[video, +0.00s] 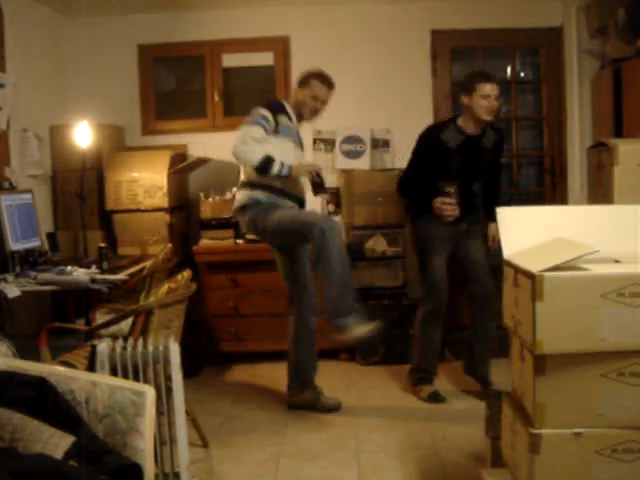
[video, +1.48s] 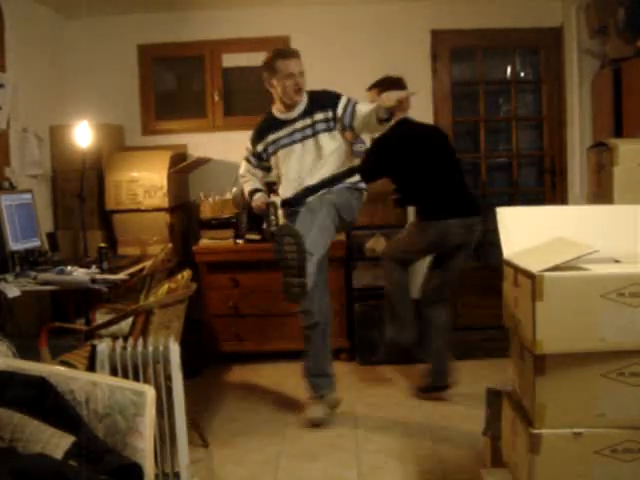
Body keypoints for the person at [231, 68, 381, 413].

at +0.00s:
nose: (316, 107)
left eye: (322, 104)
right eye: (313, 98)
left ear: (324, 106)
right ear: (297, 90)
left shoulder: (296, 132)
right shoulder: (269, 113)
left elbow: (289, 181)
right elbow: (243, 148)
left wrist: (312, 192)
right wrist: (290, 168)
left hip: (288, 213)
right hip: (259, 209)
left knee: (303, 299)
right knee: (324, 225)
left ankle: (301, 387)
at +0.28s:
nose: (313, 123)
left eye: (318, 118)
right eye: (308, 114)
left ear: (320, 120)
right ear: (289, 107)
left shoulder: (304, 157)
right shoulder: (260, 131)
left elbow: (334, 181)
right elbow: (226, 168)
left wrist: (372, 157)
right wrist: (272, 186)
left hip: (291, 229)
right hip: (259, 226)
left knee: (308, 310)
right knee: (326, 254)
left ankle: (275, 386)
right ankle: (369, 336)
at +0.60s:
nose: (272, 86)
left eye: (274, 79)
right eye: (264, 79)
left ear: (277, 80)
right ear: (243, 83)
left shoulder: (296, 109)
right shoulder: (231, 137)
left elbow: (335, 113)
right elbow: (217, 187)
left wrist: (368, 130)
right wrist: (245, 199)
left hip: (308, 226)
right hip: (274, 233)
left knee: (320, 310)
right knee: (285, 321)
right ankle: (278, 405)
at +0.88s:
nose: (273, 101)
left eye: (275, 93)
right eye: (264, 96)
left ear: (279, 92)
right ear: (244, 99)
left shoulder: (301, 121)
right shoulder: (231, 149)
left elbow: (346, 136)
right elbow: (213, 198)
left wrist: (345, 124)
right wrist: (239, 207)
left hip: (309, 218)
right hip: (267, 229)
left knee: (322, 267)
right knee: (269, 315)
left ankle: (305, 341)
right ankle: (277, 405)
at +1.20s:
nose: (294, 117)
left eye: (296, 109)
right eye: (285, 112)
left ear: (300, 107)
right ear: (264, 114)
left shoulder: (322, 138)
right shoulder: (251, 163)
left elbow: (375, 157)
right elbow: (231, 201)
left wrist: (368, 140)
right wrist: (239, 217)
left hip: (327, 225)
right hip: (280, 235)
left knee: (304, 218)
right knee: (284, 316)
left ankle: (296, 314)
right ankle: (304, 400)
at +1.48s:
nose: (298, 84)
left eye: (300, 76)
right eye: (289, 78)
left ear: (305, 75)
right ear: (270, 83)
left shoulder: (328, 104)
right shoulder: (263, 135)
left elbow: (361, 118)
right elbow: (250, 175)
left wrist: (384, 109)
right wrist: (256, 194)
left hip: (343, 190)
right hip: (298, 212)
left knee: (321, 206)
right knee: (314, 306)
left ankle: (300, 271)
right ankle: (322, 391)